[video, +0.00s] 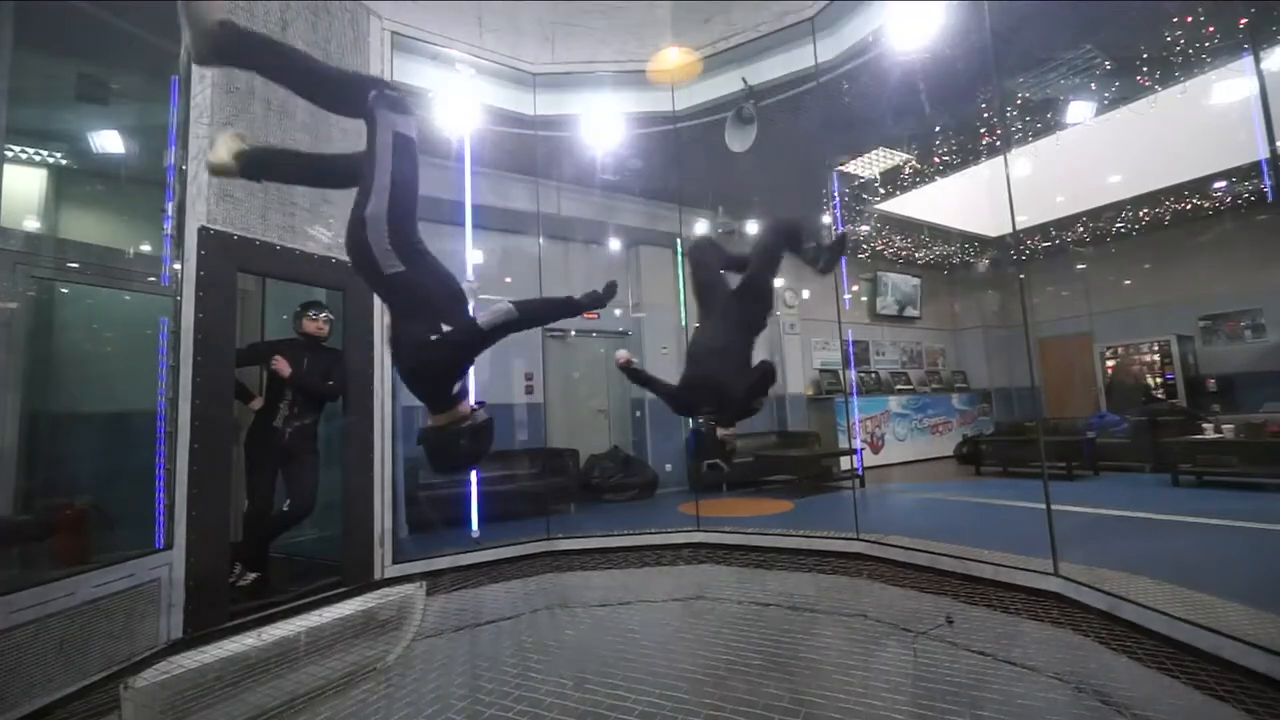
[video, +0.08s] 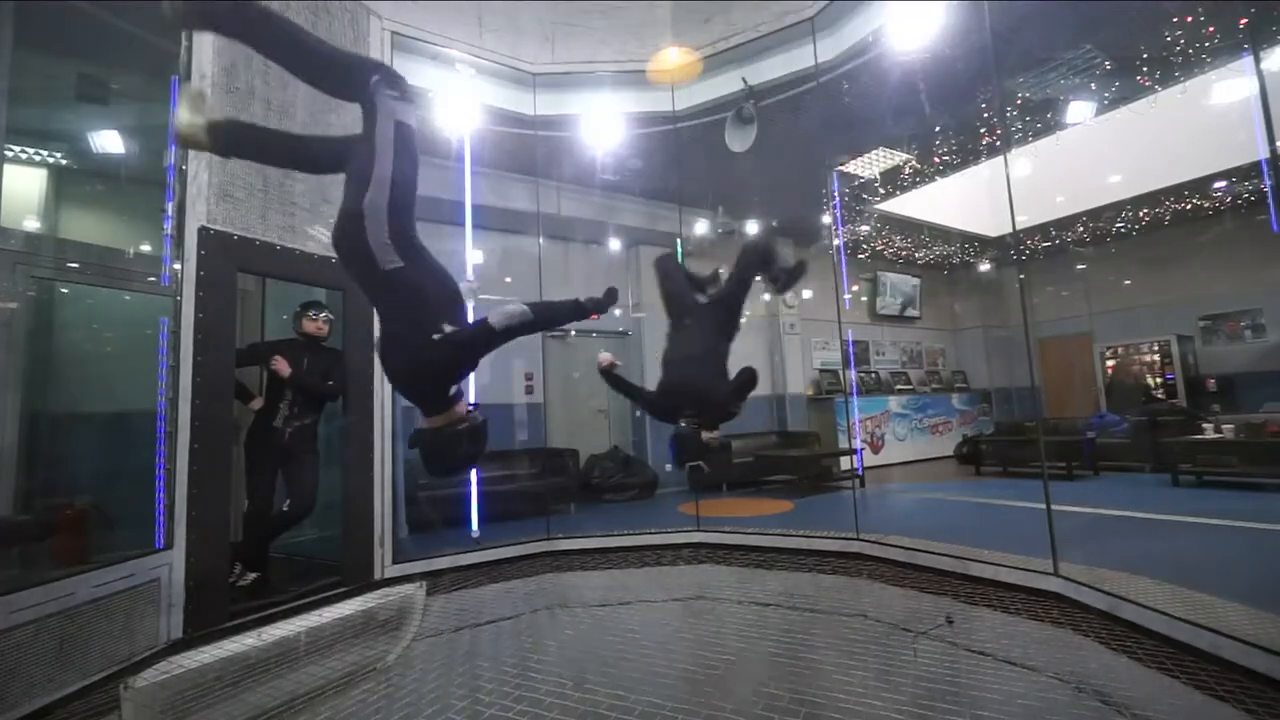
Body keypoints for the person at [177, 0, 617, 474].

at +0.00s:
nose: (435, 429)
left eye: (440, 434)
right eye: (444, 433)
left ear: (454, 423)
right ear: (463, 421)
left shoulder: (450, 367)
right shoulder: (430, 385)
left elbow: (510, 318)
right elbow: (508, 316)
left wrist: (581, 305)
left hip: (381, 239)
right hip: (376, 262)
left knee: (331, 90)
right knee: (357, 169)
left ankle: (219, 39)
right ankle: (240, 159)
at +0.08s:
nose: (430, 435)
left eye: (436, 439)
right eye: (438, 438)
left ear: (462, 417)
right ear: (454, 424)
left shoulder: (444, 368)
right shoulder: (416, 387)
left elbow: (514, 322)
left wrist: (585, 309)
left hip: (373, 233)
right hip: (357, 255)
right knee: (337, 155)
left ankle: (221, 10)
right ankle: (214, 136)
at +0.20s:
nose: (464, 419)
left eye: (460, 428)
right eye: (464, 429)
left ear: (450, 427)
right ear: (452, 431)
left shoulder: (447, 372)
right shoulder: (395, 383)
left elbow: (528, 328)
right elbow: (405, 309)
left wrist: (600, 300)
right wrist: (471, 316)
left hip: (382, 219)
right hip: (346, 233)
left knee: (396, 62)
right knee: (330, 121)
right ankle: (160, 91)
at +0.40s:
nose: (446, 449)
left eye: (450, 453)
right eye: (454, 457)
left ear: (460, 435)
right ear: (452, 446)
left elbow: (546, 344)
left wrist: (600, 323)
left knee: (437, 41)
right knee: (308, 81)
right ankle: (145, 17)